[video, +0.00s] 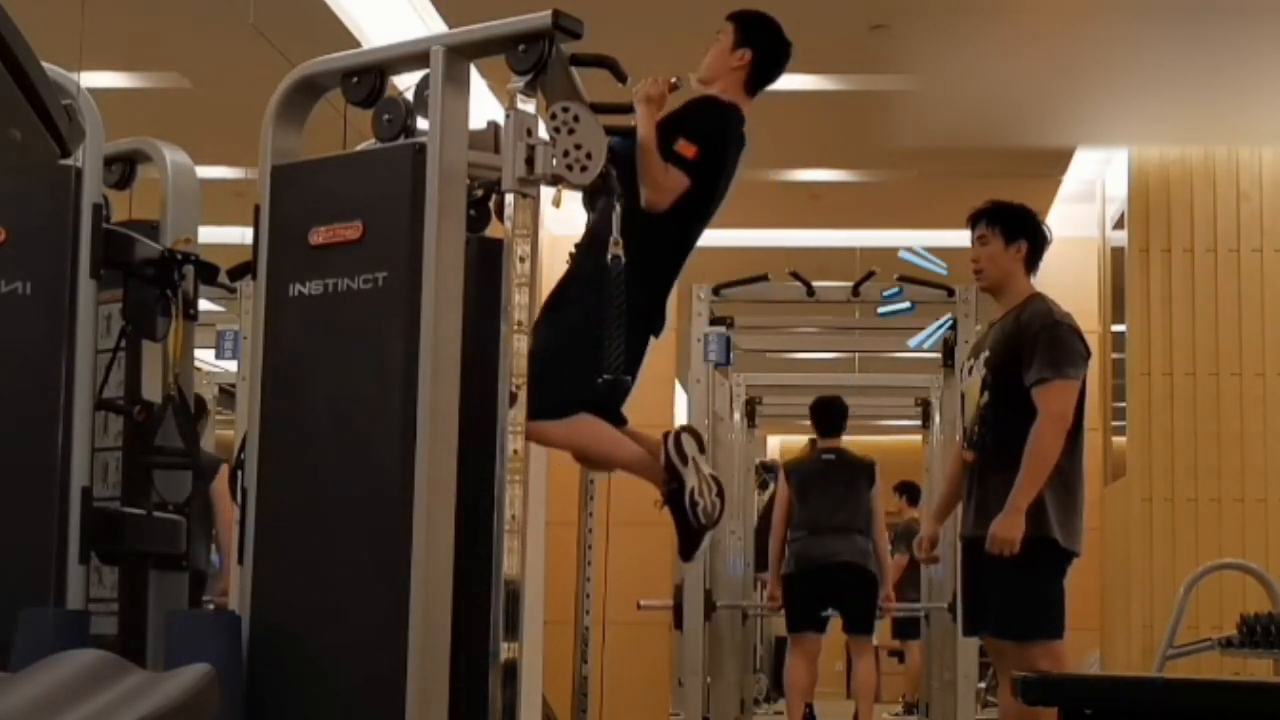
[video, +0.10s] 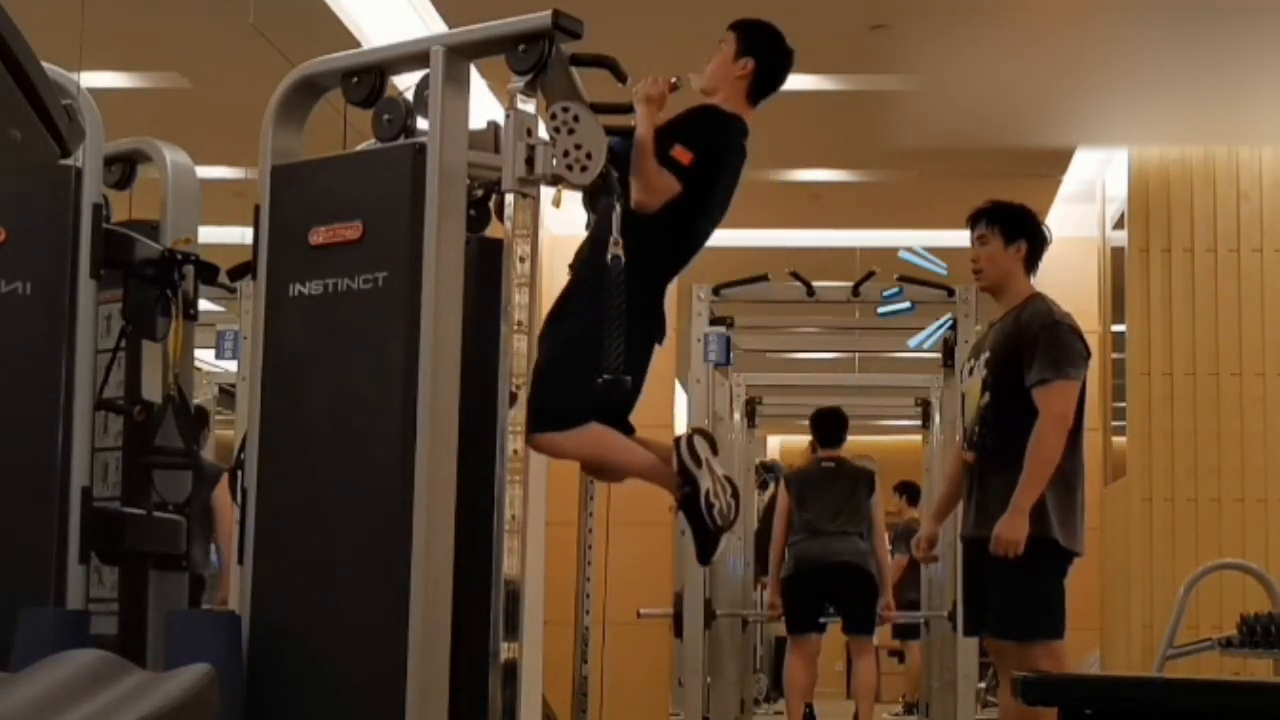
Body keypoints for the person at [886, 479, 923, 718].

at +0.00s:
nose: (893, 502)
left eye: (896, 497)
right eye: (894, 497)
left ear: (903, 499)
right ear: (914, 499)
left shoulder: (907, 526)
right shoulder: (917, 524)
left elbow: (900, 559)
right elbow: (904, 559)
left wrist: (888, 585)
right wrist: (893, 584)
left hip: (909, 593)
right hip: (916, 592)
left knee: (911, 648)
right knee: (913, 648)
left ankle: (911, 700)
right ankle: (913, 699)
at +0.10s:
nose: (893, 502)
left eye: (896, 498)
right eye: (894, 497)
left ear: (903, 499)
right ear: (915, 499)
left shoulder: (906, 527)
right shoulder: (919, 525)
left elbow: (900, 560)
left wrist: (887, 585)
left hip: (909, 594)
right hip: (917, 592)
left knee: (911, 648)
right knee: (914, 648)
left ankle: (911, 701)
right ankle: (914, 699)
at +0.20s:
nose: (893, 502)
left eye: (896, 498)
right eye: (895, 497)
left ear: (903, 499)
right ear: (915, 499)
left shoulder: (905, 528)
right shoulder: (919, 526)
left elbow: (900, 560)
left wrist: (887, 586)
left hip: (909, 595)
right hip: (918, 593)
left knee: (912, 647)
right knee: (914, 648)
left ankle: (911, 701)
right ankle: (914, 699)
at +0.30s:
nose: (893, 502)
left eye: (896, 498)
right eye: (895, 497)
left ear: (903, 499)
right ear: (915, 499)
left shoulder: (905, 528)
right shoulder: (919, 526)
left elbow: (901, 560)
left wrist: (886, 585)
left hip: (908, 594)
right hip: (919, 593)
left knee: (912, 645)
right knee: (916, 645)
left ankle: (911, 700)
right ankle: (915, 698)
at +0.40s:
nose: (894, 503)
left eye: (895, 498)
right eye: (895, 498)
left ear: (903, 499)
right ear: (915, 499)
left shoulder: (905, 528)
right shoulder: (920, 526)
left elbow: (901, 560)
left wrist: (887, 585)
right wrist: (893, 582)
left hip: (909, 595)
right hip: (919, 593)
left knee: (912, 646)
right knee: (917, 646)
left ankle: (911, 701)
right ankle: (915, 699)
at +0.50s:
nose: (894, 503)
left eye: (895, 499)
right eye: (895, 499)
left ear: (902, 499)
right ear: (914, 500)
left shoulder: (907, 528)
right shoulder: (919, 526)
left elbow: (902, 563)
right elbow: (908, 563)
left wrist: (887, 586)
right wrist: (891, 583)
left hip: (910, 595)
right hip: (918, 593)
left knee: (912, 648)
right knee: (915, 649)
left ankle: (911, 701)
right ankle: (914, 699)